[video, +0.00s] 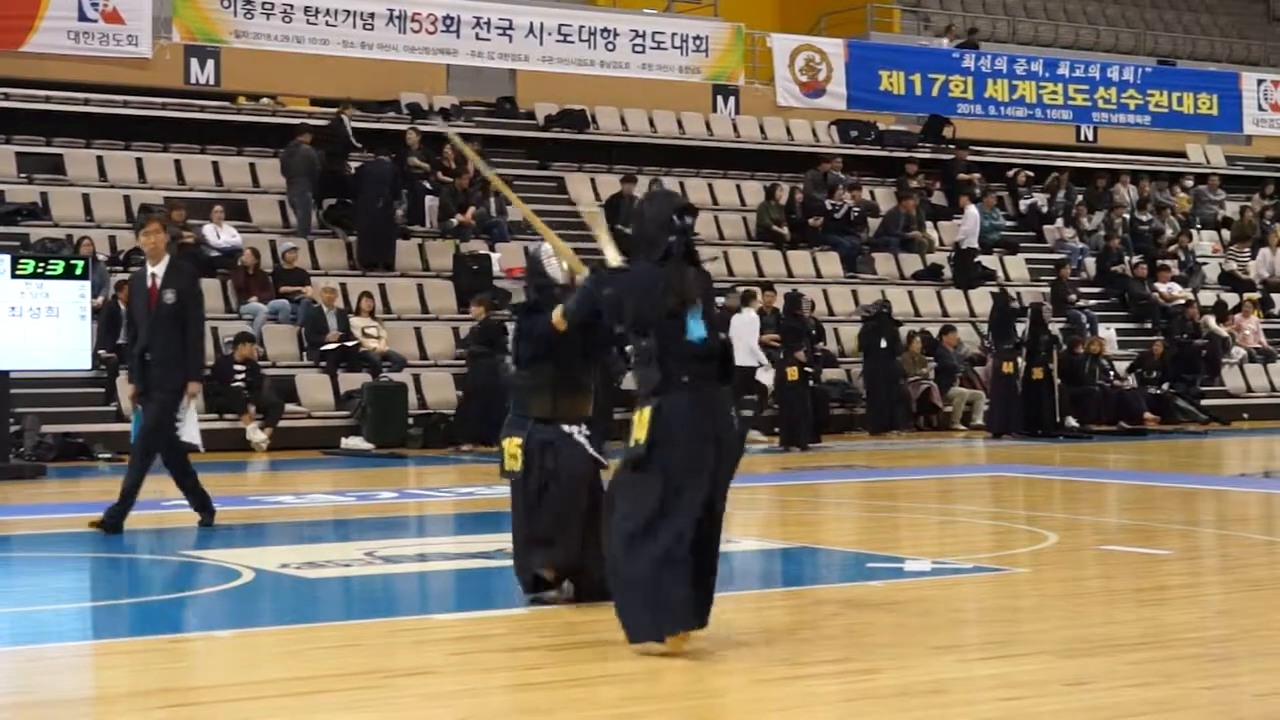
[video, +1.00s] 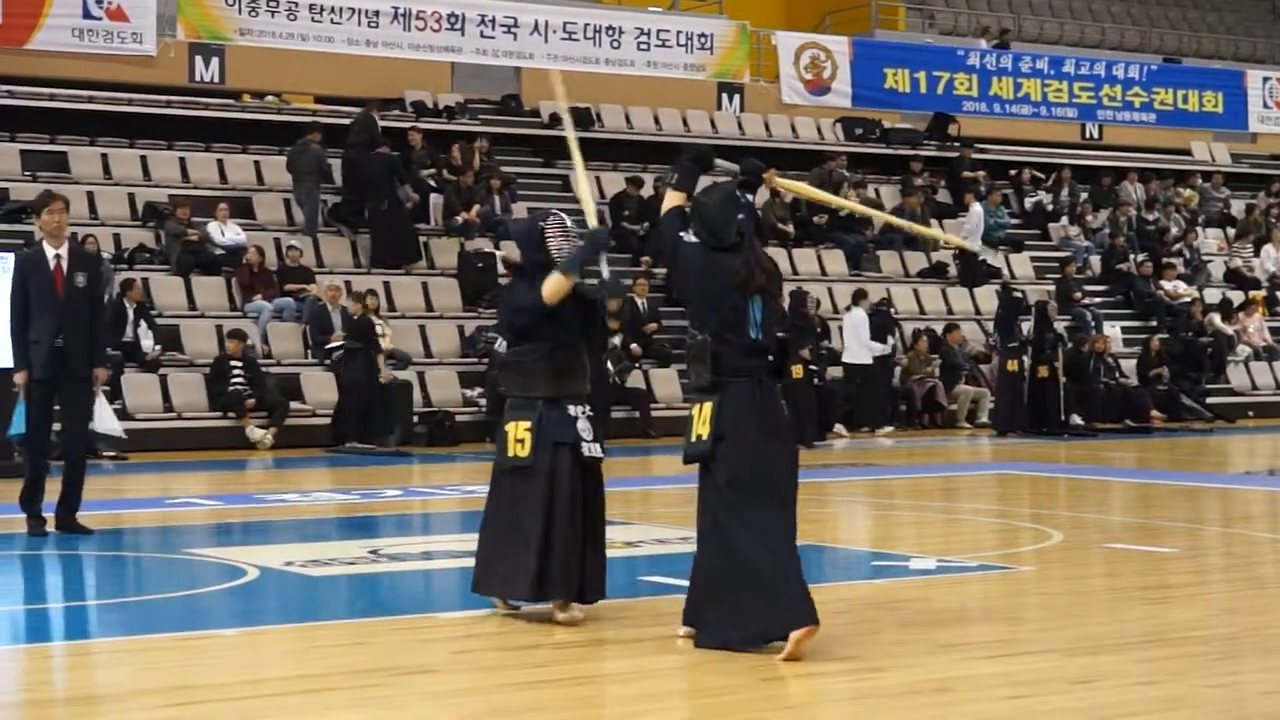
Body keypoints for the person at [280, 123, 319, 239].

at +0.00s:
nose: (310, 139)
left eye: (310, 136)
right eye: (309, 136)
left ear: (298, 135)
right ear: (305, 135)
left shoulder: (287, 151)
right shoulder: (308, 150)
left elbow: (284, 170)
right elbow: (315, 169)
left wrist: (291, 179)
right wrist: (313, 181)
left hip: (291, 185)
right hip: (304, 184)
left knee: (300, 217)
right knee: (305, 218)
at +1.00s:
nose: (319, 138)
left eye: (319, 135)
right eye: (318, 135)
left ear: (306, 135)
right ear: (313, 135)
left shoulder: (294, 150)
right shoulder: (317, 150)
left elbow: (289, 167)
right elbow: (324, 169)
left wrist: (298, 174)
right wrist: (331, 182)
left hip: (297, 186)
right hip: (312, 187)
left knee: (310, 218)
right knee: (311, 220)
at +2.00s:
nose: (327, 137)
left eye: (326, 135)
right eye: (325, 135)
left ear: (315, 135)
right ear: (322, 136)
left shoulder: (307, 148)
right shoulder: (325, 148)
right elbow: (340, 162)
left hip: (309, 185)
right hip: (321, 186)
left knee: (316, 218)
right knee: (321, 220)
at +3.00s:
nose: (334, 141)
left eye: (334, 139)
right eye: (334, 138)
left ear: (324, 136)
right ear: (331, 137)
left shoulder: (315, 148)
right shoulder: (326, 148)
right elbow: (337, 157)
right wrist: (354, 158)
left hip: (312, 188)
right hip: (321, 189)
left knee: (320, 222)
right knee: (323, 223)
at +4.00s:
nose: (348, 150)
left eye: (348, 148)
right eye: (347, 147)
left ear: (337, 144)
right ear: (345, 145)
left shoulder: (329, 154)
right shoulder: (338, 151)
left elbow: (335, 184)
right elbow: (361, 154)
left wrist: (354, 193)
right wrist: (365, 161)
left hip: (317, 190)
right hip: (324, 190)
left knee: (325, 225)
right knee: (325, 226)